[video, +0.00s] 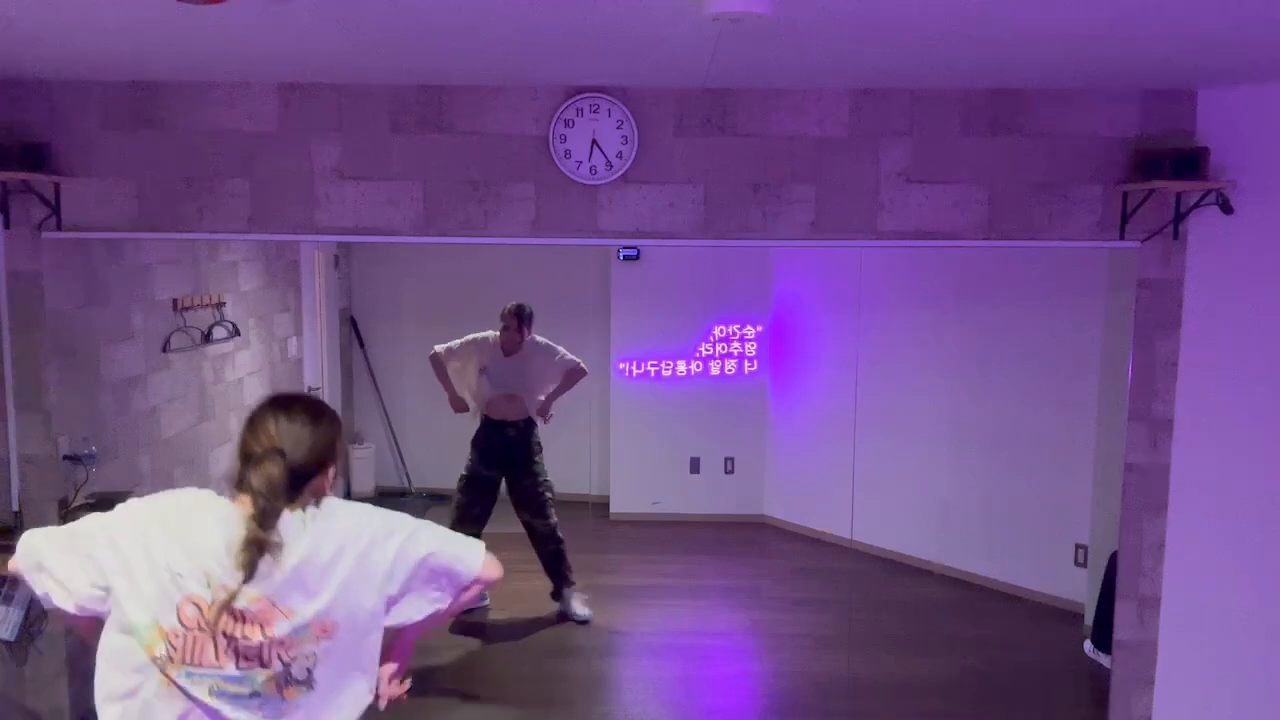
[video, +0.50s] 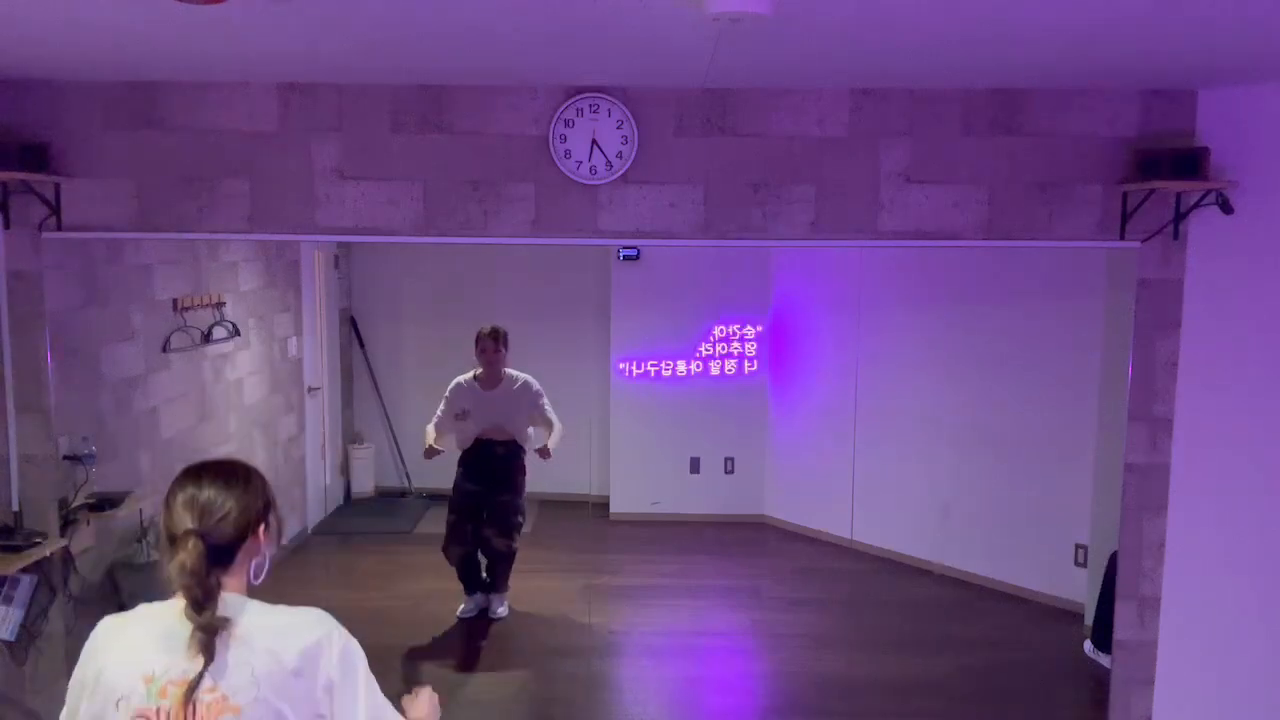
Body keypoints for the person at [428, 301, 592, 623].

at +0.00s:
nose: (506, 334)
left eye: (513, 330)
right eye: (504, 328)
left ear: (527, 332)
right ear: (499, 326)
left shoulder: (539, 348)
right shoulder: (482, 343)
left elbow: (578, 369)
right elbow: (437, 355)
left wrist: (549, 399)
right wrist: (452, 394)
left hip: (524, 438)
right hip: (488, 436)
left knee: (541, 517)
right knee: (467, 516)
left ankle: (566, 592)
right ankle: (468, 588)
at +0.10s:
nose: (499, 320)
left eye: (506, 315)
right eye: (497, 313)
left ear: (520, 318)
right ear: (492, 313)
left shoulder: (534, 342)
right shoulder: (475, 338)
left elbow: (565, 377)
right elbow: (442, 373)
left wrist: (550, 421)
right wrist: (446, 417)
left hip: (519, 431)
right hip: (482, 431)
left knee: (522, 514)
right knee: (476, 515)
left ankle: (526, 590)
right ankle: (476, 589)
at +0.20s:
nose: (497, 319)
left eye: (503, 313)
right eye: (493, 313)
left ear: (515, 316)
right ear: (486, 314)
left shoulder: (531, 350)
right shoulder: (468, 348)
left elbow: (546, 396)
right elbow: (452, 396)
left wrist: (546, 440)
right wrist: (447, 440)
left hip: (516, 435)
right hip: (479, 435)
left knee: (508, 515)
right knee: (476, 513)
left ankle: (500, 591)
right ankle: (475, 590)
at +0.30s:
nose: (492, 322)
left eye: (498, 317)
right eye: (488, 317)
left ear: (511, 320)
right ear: (482, 319)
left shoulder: (529, 357)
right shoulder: (466, 356)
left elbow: (538, 405)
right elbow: (455, 407)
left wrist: (540, 447)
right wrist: (448, 448)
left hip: (513, 438)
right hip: (477, 437)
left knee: (503, 519)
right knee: (471, 517)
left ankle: (498, 591)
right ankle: (474, 590)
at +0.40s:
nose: (490, 338)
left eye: (496, 332)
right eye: (485, 332)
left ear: (507, 336)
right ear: (478, 335)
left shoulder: (528, 372)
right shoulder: (463, 371)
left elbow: (545, 413)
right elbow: (449, 415)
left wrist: (546, 447)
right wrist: (439, 448)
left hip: (511, 449)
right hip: (474, 449)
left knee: (504, 525)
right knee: (462, 526)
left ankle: (499, 592)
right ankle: (474, 592)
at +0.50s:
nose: (488, 356)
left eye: (494, 350)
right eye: (482, 350)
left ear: (505, 353)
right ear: (475, 353)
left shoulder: (525, 386)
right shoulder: (460, 387)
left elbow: (554, 424)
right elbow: (436, 423)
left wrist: (549, 444)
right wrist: (430, 442)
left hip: (508, 462)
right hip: (473, 461)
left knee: (502, 532)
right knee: (457, 536)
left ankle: (498, 594)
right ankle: (474, 593)